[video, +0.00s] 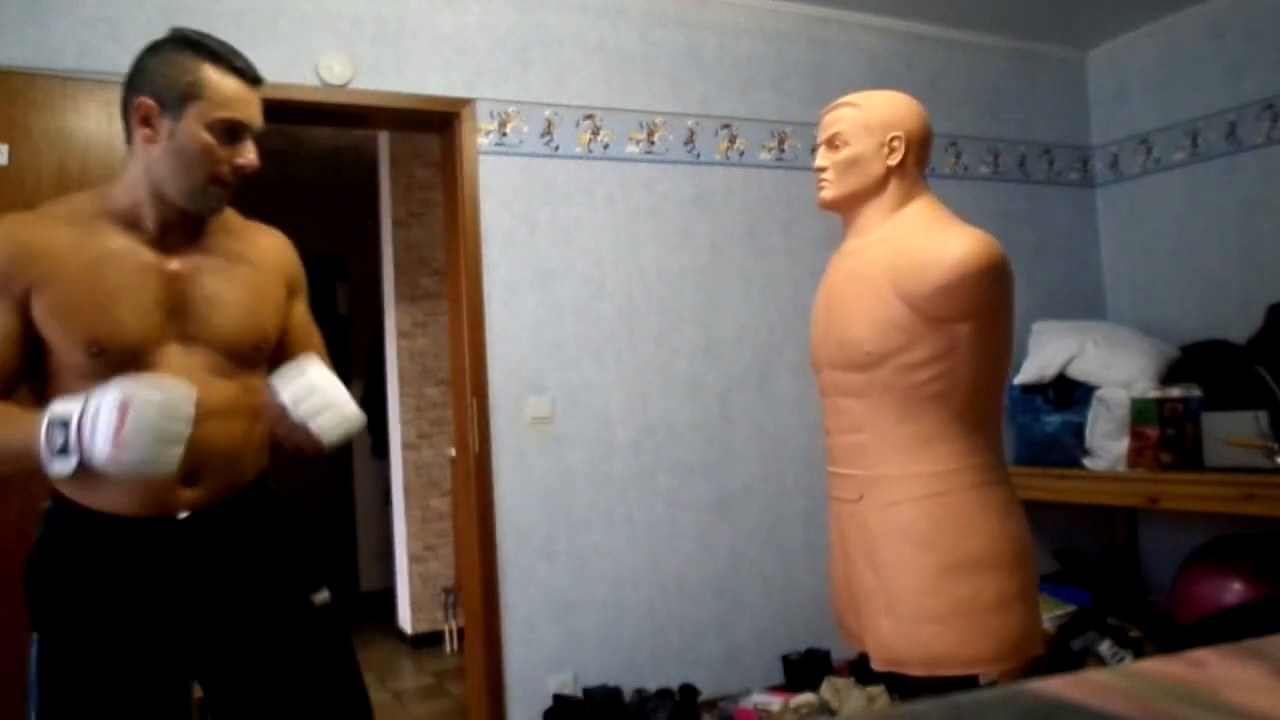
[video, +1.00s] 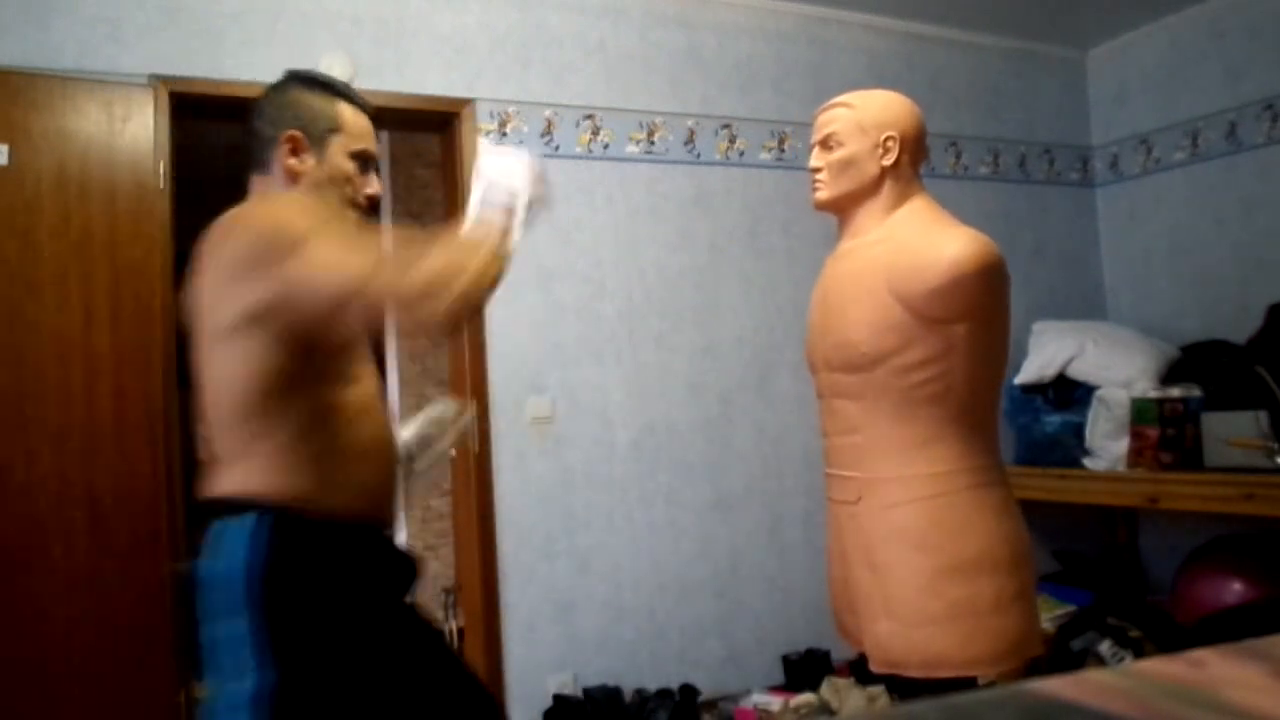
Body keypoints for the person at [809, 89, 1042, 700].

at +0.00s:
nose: (817, 160)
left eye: (836, 144)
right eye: (819, 146)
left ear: (892, 152)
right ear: (886, 154)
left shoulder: (953, 260)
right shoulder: (851, 258)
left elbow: (973, 427)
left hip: (940, 540)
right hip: (871, 537)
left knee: (964, 702)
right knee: (897, 694)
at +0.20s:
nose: (807, 162)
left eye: (825, 145)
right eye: (808, 147)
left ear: (882, 152)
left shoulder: (942, 259)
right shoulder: (842, 260)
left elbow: (965, 431)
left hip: (935, 542)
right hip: (865, 540)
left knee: (962, 716)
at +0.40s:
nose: (813, 161)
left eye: (831, 144)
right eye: (814, 146)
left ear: (888, 152)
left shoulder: (948, 260)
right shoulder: (846, 260)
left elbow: (967, 429)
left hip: (937, 544)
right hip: (868, 540)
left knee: (960, 703)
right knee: (896, 695)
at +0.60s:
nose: (813, 160)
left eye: (831, 144)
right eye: (814, 146)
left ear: (888, 152)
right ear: (882, 154)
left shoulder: (950, 261)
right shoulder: (846, 259)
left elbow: (969, 434)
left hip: (937, 540)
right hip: (868, 537)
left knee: (959, 703)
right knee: (895, 695)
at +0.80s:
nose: (811, 161)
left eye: (829, 144)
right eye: (812, 146)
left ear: (886, 152)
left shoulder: (948, 260)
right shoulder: (845, 259)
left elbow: (966, 432)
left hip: (937, 545)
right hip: (867, 542)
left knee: (959, 704)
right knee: (896, 696)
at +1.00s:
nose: (812, 160)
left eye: (830, 144)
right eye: (813, 146)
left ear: (887, 152)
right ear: (881, 154)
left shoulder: (949, 261)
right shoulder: (846, 260)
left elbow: (966, 433)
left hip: (937, 544)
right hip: (868, 541)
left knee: (960, 703)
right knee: (897, 696)